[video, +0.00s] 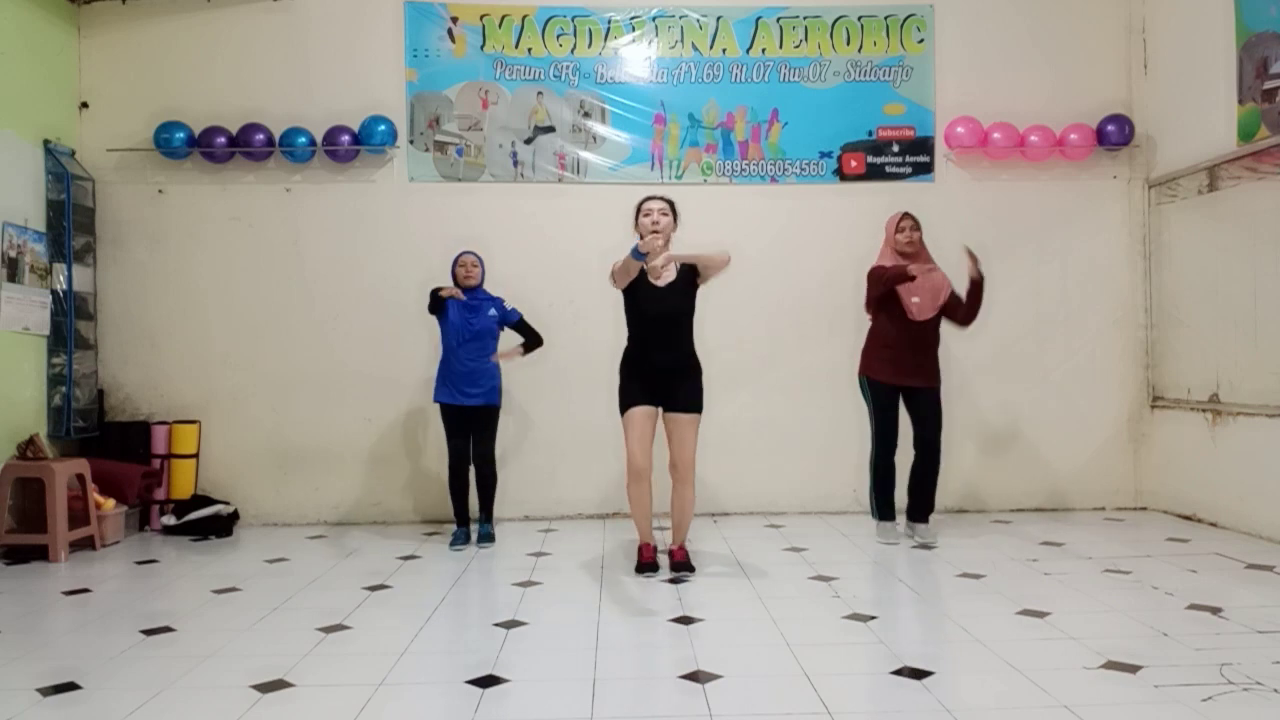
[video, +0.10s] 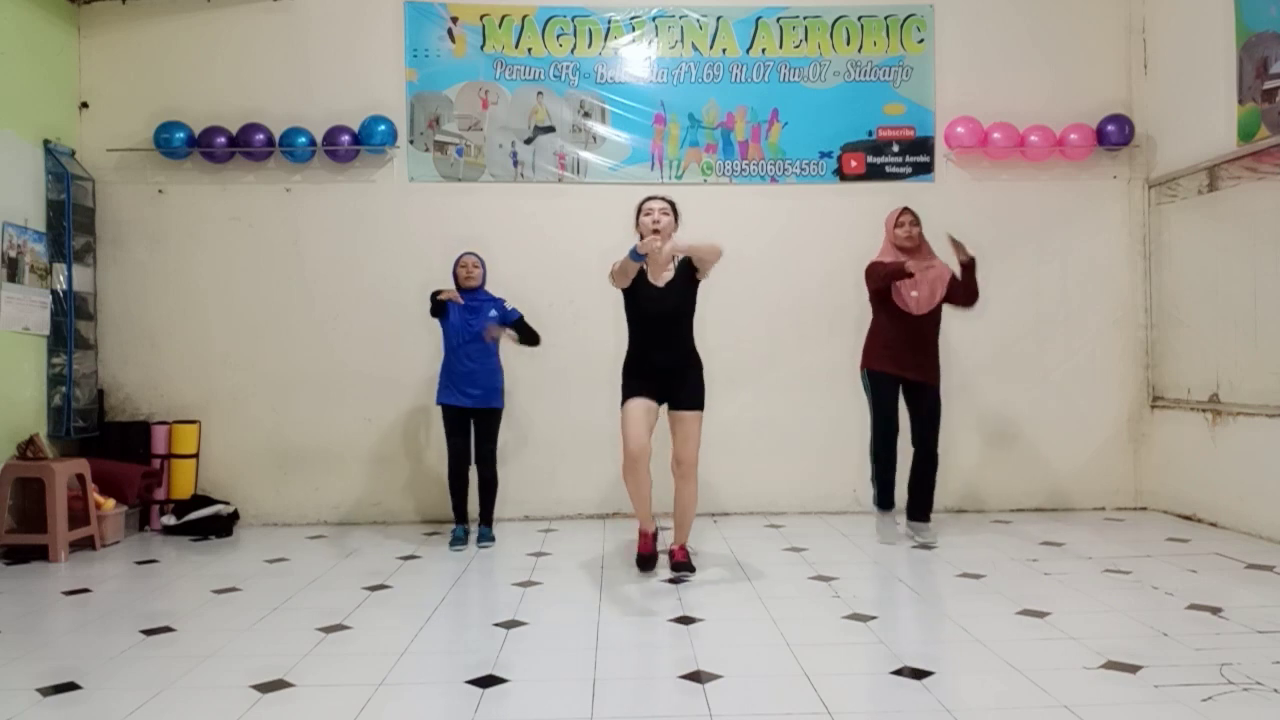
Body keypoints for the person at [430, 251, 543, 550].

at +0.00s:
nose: (468, 269)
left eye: (474, 265)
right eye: (462, 265)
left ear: (482, 273)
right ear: (454, 273)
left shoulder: (495, 305)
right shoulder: (447, 303)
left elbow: (535, 339)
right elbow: (433, 304)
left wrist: (508, 354)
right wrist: (442, 293)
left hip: (486, 393)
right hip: (452, 392)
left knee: (484, 459)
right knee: (458, 459)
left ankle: (486, 523)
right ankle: (461, 526)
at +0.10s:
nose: (469, 270)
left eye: (475, 266)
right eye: (463, 266)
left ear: (484, 274)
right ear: (454, 274)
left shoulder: (496, 305)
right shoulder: (449, 304)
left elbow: (533, 338)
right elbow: (435, 309)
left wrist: (506, 330)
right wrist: (440, 297)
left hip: (488, 394)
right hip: (454, 392)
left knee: (486, 461)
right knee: (458, 460)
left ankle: (486, 525)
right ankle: (460, 524)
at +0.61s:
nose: (471, 271)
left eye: (477, 268)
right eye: (466, 267)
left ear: (486, 274)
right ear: (458, 274)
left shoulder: (496, 302)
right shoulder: (448, 302)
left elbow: (498, 302)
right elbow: (438, 312)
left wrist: (471, 289)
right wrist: (447, 299)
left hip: (486, 391)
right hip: (453, 391)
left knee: (481, 455)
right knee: (457, 459)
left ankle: (486, 520)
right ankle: (460, 525)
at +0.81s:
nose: (467, 275)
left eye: (472, 270)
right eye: (463, 271)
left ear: (482, 275)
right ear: (459, 276)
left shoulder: (496, 302)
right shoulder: (453, 303)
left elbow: (501, 295)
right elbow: (441, 290)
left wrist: (484, 271)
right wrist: (441, 273)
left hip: (490, 392)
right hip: (456, 391)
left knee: (486, 459)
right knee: (456, 460)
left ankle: (485, 524)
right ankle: (459, 524)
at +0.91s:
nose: (469, 268)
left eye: (475, 265)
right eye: (465, 264)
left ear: (486, 271)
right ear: (458, 270)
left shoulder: (497, 295)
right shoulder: (451, 297)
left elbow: (494, 253)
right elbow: (439, 256)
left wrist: (471, 211)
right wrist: (450, 215)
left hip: (493, 387)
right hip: (459, 387)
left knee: (488, 455)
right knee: (457, 451)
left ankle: (486, 522)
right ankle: (458, 504)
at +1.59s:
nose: (473, 249)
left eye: (479, 245)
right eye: (468, 246)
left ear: (489, 252)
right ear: (461, 252)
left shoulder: (499, 278)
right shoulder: (453, 279)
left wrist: (478, 203)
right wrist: (460, 207)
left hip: (493, 366)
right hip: (459, 367)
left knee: (490, 439)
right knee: (463, 439)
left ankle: (491, 511)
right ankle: (464, 511)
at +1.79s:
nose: (477, 268)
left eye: (483, 264)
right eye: (472, 264)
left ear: (492, 271)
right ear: (464, 272)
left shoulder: (503, 301)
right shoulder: (453, 304)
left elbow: (500, 334)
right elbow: (452, 332)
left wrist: (483, 362)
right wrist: (466, 356)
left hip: (494, 385)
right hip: (459, 385)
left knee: (492, 453)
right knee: (464, 453)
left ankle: (492, 522)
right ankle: (471, 522)